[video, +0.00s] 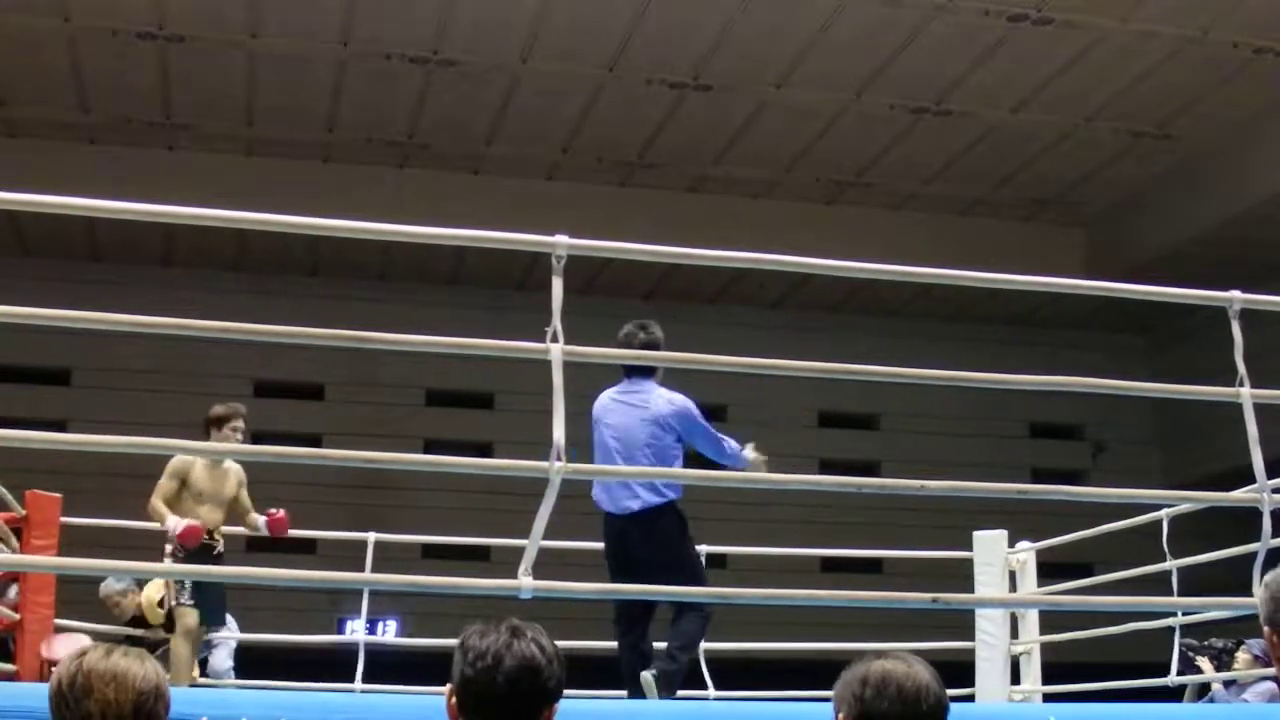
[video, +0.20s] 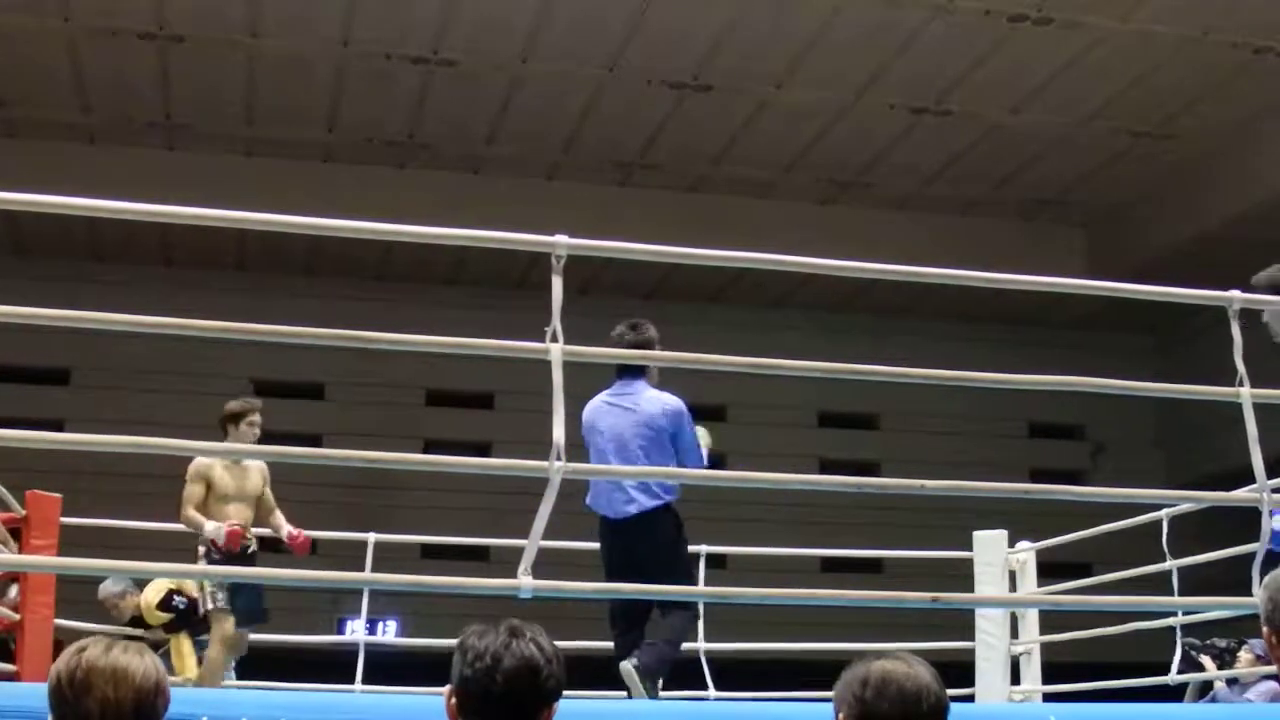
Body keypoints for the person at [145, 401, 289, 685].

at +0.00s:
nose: (239, 437)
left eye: (242, 432)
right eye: (234, 430)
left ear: (241, 434)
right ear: (214, 430)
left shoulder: (236, 473)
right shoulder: (184, 462)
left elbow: (247, 516)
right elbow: (155, 503)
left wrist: (265, 524)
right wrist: (176, 524)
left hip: (212, 552)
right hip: (182, 549)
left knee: (200, 629)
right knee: (187, 624)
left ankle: (179, 694)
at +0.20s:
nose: (257, 431)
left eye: (259, 426)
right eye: (251, 425)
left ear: (259, 429)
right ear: (231, 427)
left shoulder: (259, 468)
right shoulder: (204, 465)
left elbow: (271, 511)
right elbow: (187, 511)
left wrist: (286, 530)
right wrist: (209, 528)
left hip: (246, 556)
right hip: (215, 555)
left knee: (240, 639)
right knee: (222, 634)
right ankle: (205, 705)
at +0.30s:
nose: (272, 425)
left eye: (273, 420)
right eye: (266, 419)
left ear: (272, 422)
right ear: (246, 420)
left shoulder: (272, 462)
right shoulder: (219, 460)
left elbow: (277, 507)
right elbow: (204, 507)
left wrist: (297, 524)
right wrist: (243, 523)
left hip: (265, 554)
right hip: (232, 553)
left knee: (275, 638)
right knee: (229, 634)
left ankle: (222, 677)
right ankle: (212, 702)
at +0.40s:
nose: (293, 422)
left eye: (295, 416)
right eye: (288, 415)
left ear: (290, 417)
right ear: (267, 413)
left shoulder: (286, 453)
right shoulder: (238, 450)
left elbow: (284, 500)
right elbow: (227, 499)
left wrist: (310, 510)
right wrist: (271, 503)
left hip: (283, 542)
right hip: (251, 542)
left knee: (308, 627)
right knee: (236, 633)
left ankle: (269, 692)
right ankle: (215, 701)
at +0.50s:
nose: (318, 430)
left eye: (320, 423)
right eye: (313, 422)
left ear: (311, 423)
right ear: (293, 419)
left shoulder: (309, 459)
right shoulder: (260, 451)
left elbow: (300, 509)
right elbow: (256, 500)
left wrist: (332, 508)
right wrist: (304, 491)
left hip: (302, 546)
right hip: (268, 545)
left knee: (332, 627)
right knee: (248, 636)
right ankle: (216, 703)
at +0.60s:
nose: (344, 440)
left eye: (347, 433)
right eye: (340, 432)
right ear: (319, 427)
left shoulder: (336, 467)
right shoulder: (285, 460)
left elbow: (331, 519)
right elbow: (285, 509)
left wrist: (360, 516)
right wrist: (334, 493)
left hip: (323, 556)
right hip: (289, 554)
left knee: (359, 631)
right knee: (256, 643)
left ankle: (381, 706)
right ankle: (219, 701)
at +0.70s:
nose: (378, 437)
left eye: (380, 430)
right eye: (373, 429)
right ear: (351, 427)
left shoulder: (373, 469)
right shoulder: (317, 462)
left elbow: (372, 522)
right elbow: (314, 512)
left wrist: (396, 519)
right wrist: (357, 502)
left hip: (359, 561)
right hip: (321, 559)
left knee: (392, 633)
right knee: (280, 640)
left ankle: (396, 712)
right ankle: (236, 693)